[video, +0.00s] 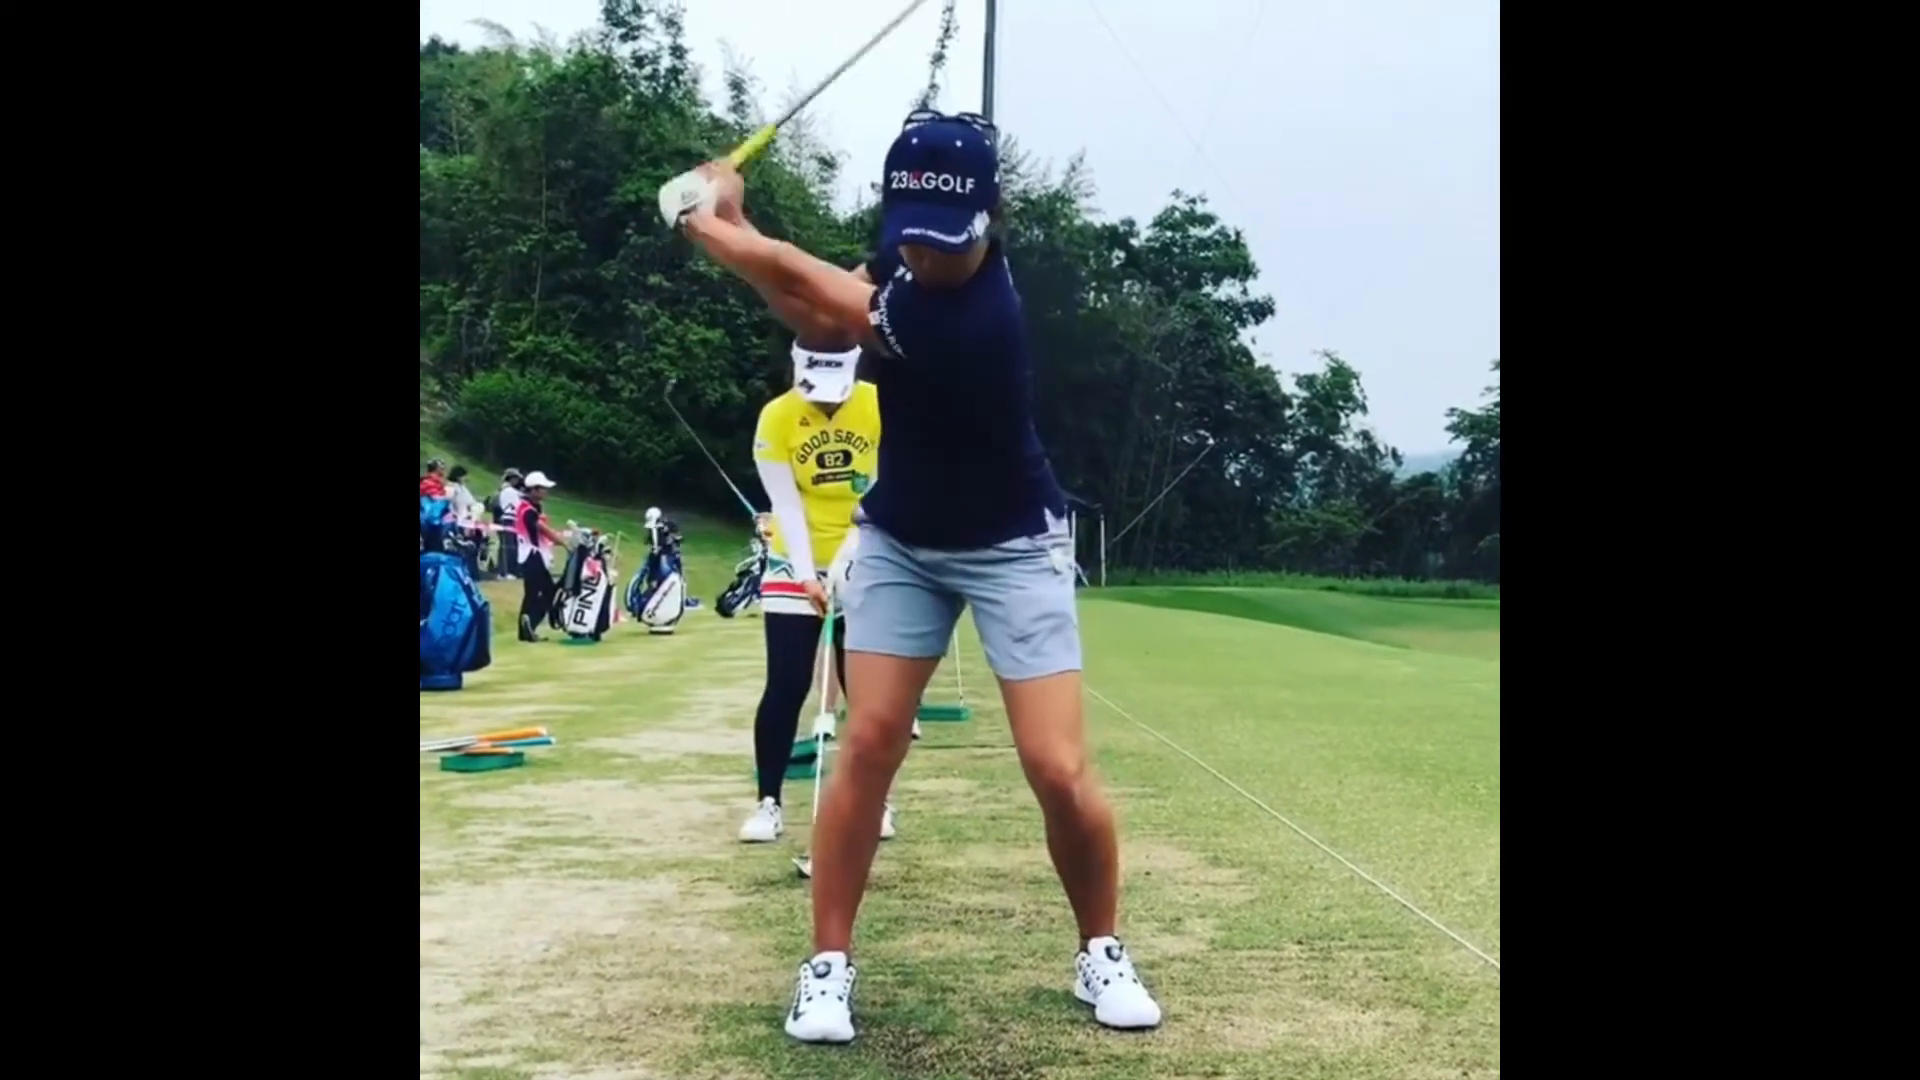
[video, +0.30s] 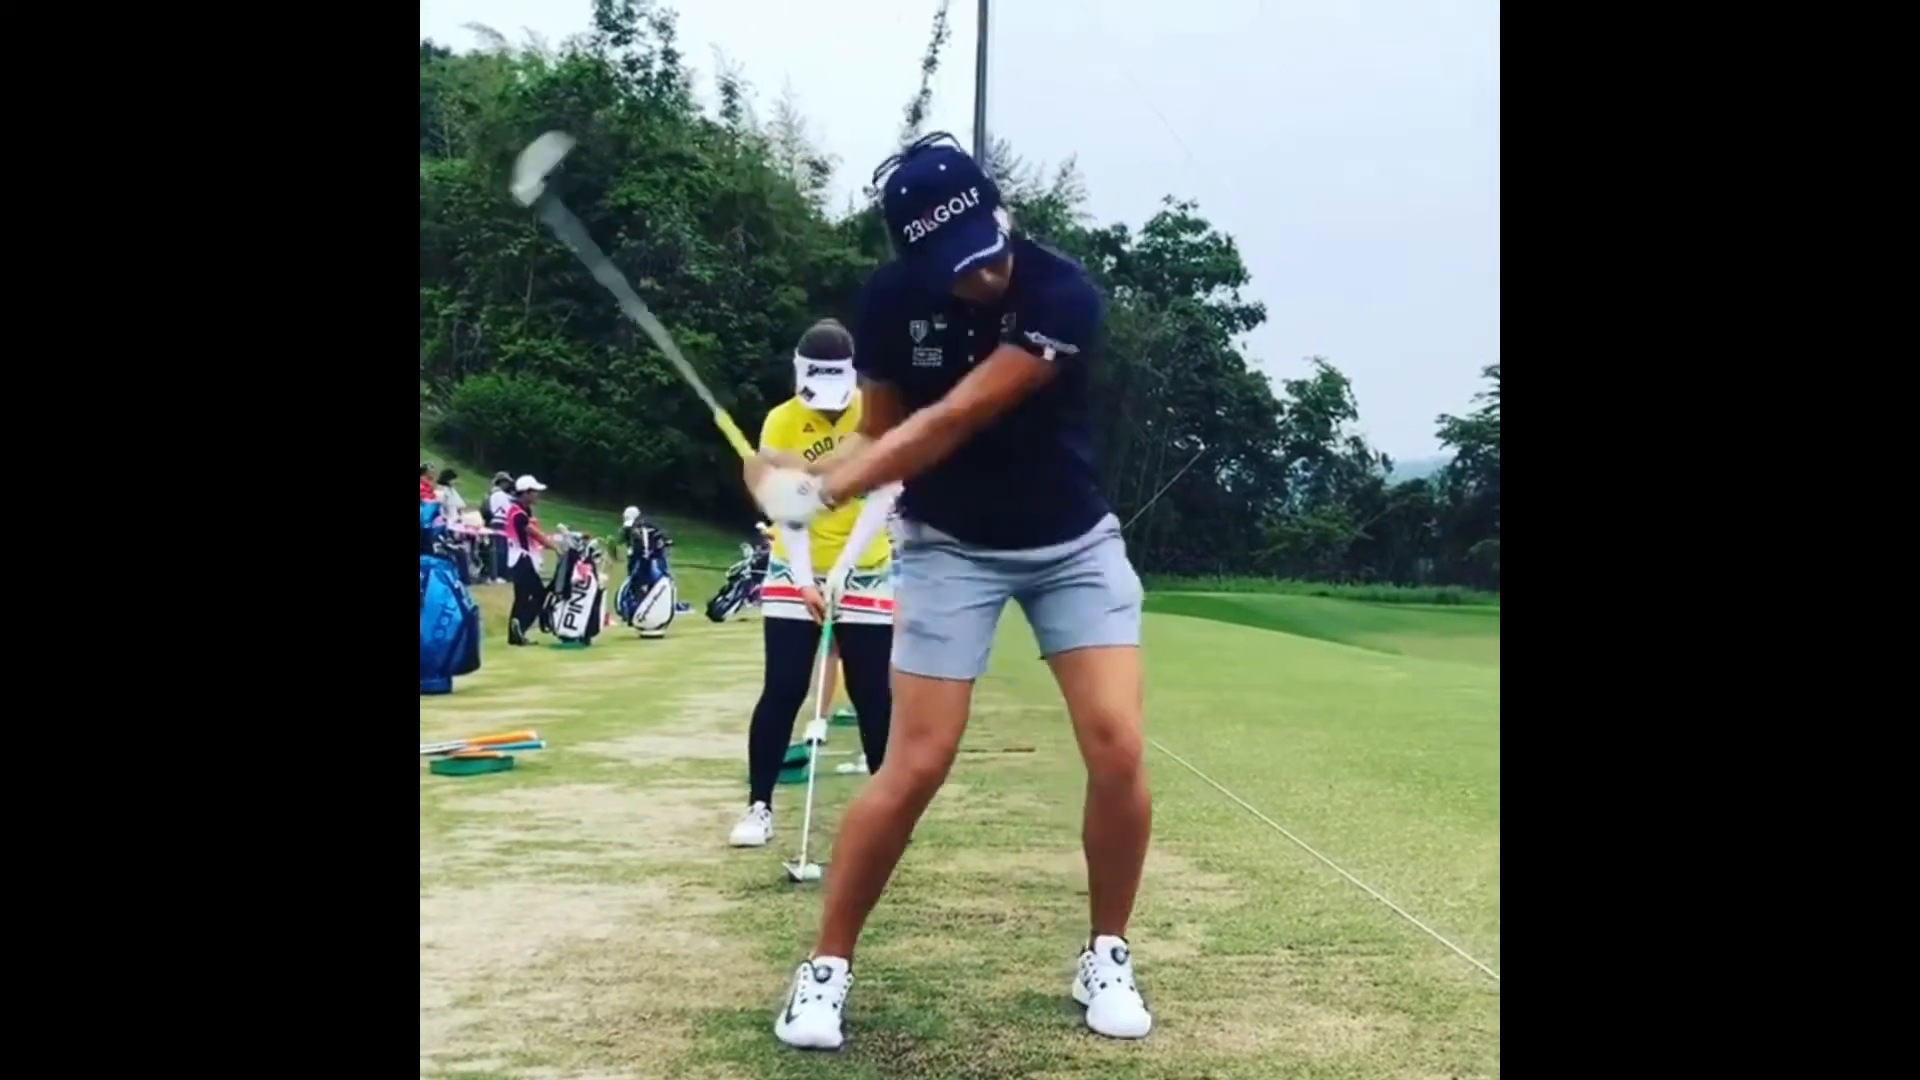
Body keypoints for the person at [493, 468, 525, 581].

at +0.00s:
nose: (519, 483)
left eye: (519, 481)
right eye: (517, 481)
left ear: (507, 480)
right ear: (513, 480)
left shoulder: (503, 492)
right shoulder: (513, 492)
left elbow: (498, 507)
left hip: (504, 519)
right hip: (511, 520)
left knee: (504, 545)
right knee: (511, 546)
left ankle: (503, 569)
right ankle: (509, 570)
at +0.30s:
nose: (509, 486)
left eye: (509, 484)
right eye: (507, 484)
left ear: (497, 484)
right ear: (504, 484)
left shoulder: (492, 496)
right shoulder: (506, 496)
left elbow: (487, 509)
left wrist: (488, 520)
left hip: (494, 523)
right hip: (503, 524)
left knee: (496, 549)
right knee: (502, 550)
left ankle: (494, 574)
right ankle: (501, 574)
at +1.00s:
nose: (474, 490)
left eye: (474, 488)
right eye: (473, 488)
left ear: (463, 488)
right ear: (470, 488)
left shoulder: (457, 500)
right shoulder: (474, 502)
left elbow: (450, 515)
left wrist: (457, 523)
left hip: (458, 530)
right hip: (468, 531)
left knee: (458, 556)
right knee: (467, 556)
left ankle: (457, 579)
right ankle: (467, 580)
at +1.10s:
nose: (472, 491)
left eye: (471, 489)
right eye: (470, 489)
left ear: (460, 489)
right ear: (467, 489)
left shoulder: (455, 501)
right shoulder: (471, 503)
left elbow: (447, 516)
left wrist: (455, 524)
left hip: (456, 531)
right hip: (466, 532)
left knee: (455, 557)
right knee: (465, 557)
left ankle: (455, 581)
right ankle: (465, 580)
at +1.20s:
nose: (469, 493)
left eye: (469, 490)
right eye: (468, 490)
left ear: (458, 490)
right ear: (465, 490)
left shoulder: (453, 502)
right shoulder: (468, 504)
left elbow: (445, 516)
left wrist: (452, 525)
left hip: (453, 533)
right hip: (463, 534)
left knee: (453, 559)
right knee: (462, 558)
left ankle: (452, 581)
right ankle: (462, 581)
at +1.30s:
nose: (468, 494)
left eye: (468, 492)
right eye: (467, 492)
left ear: (457, 491)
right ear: (464, 492)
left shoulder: (452, 503)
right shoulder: (467, 505)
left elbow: (445, 518)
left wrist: (452, 526)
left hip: (452, 534)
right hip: (462, 535)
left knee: (452, 560)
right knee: (461, 559)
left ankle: (451, 583)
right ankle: (460, 583)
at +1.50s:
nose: (467, 496)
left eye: (467, 494)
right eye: (466, 494)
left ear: (455, 493)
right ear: (463, 494)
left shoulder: (450, 506)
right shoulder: (464, 507)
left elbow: (443, 521)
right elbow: (468, 521)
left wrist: (450, 529)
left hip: (451, 537)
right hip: (460, 538)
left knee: (451, 562)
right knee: (460, 562)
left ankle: (450, 586)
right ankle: (459, 586)